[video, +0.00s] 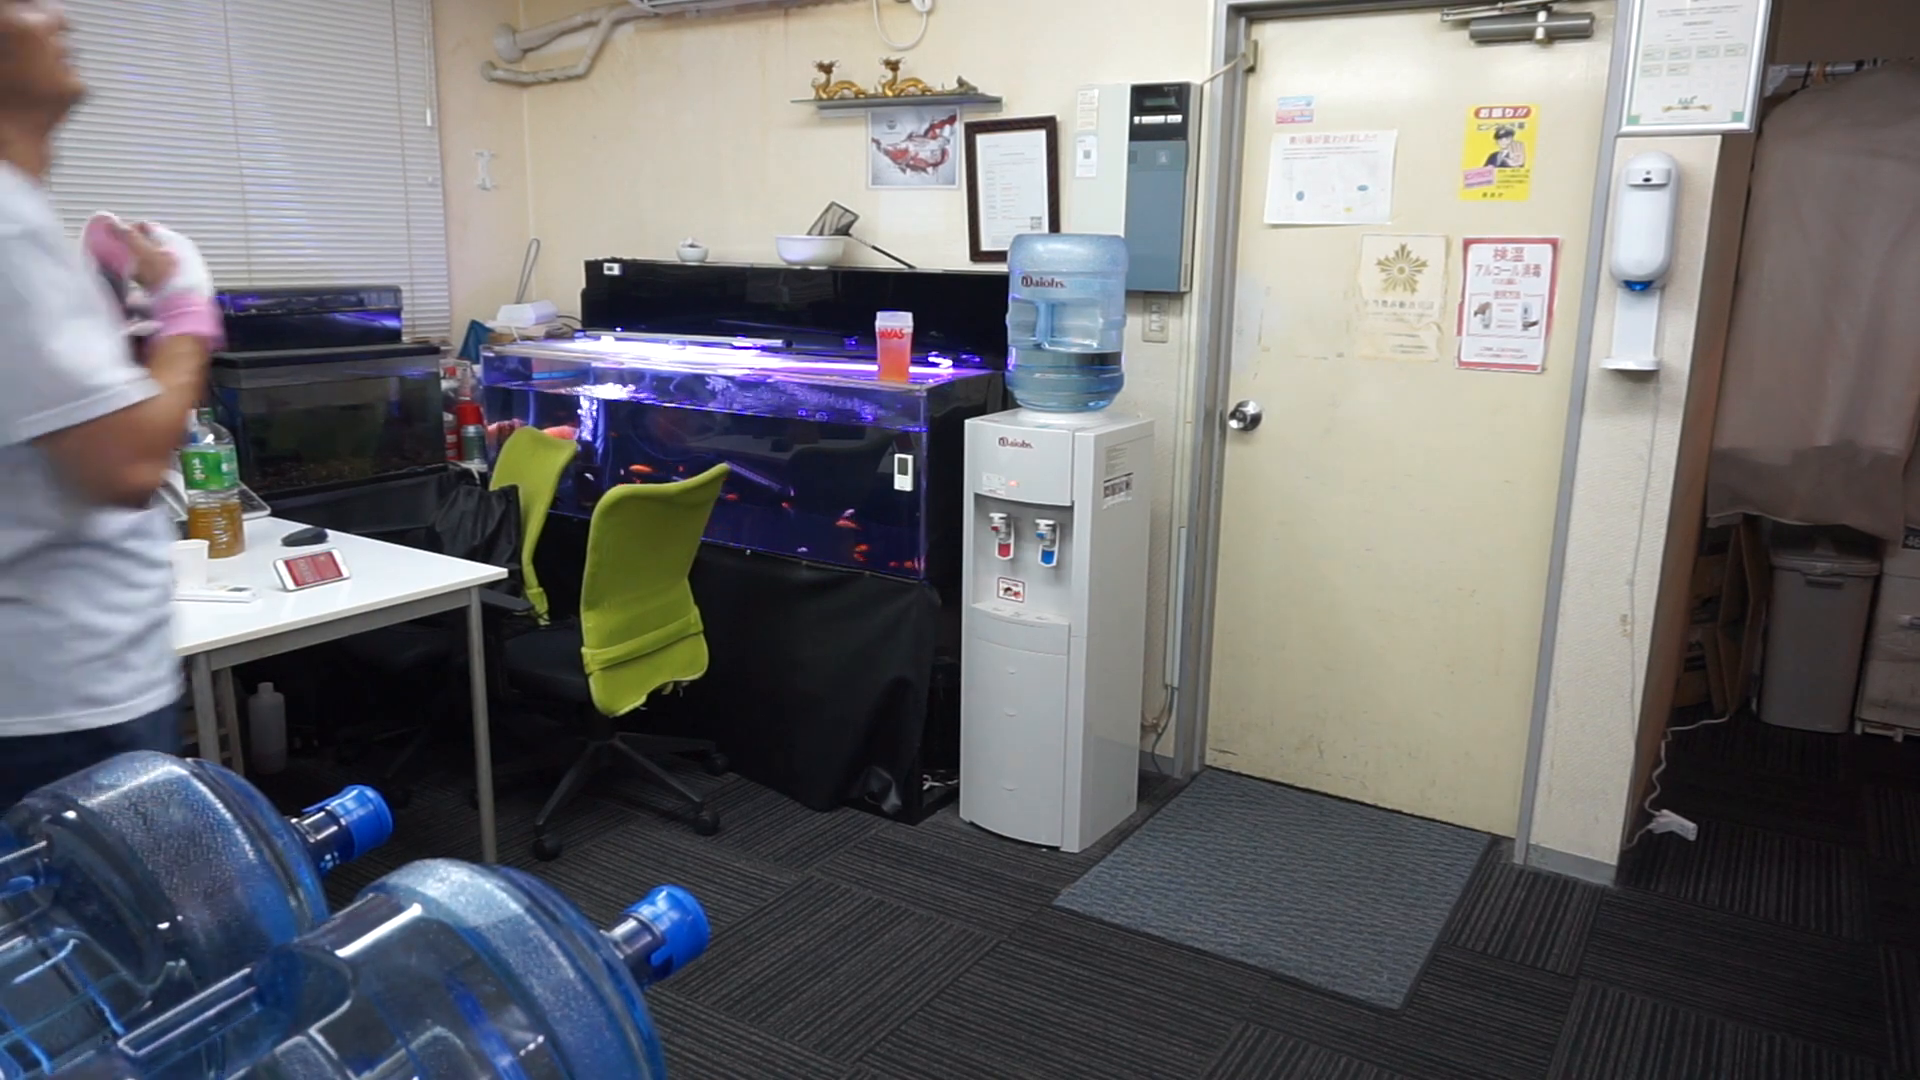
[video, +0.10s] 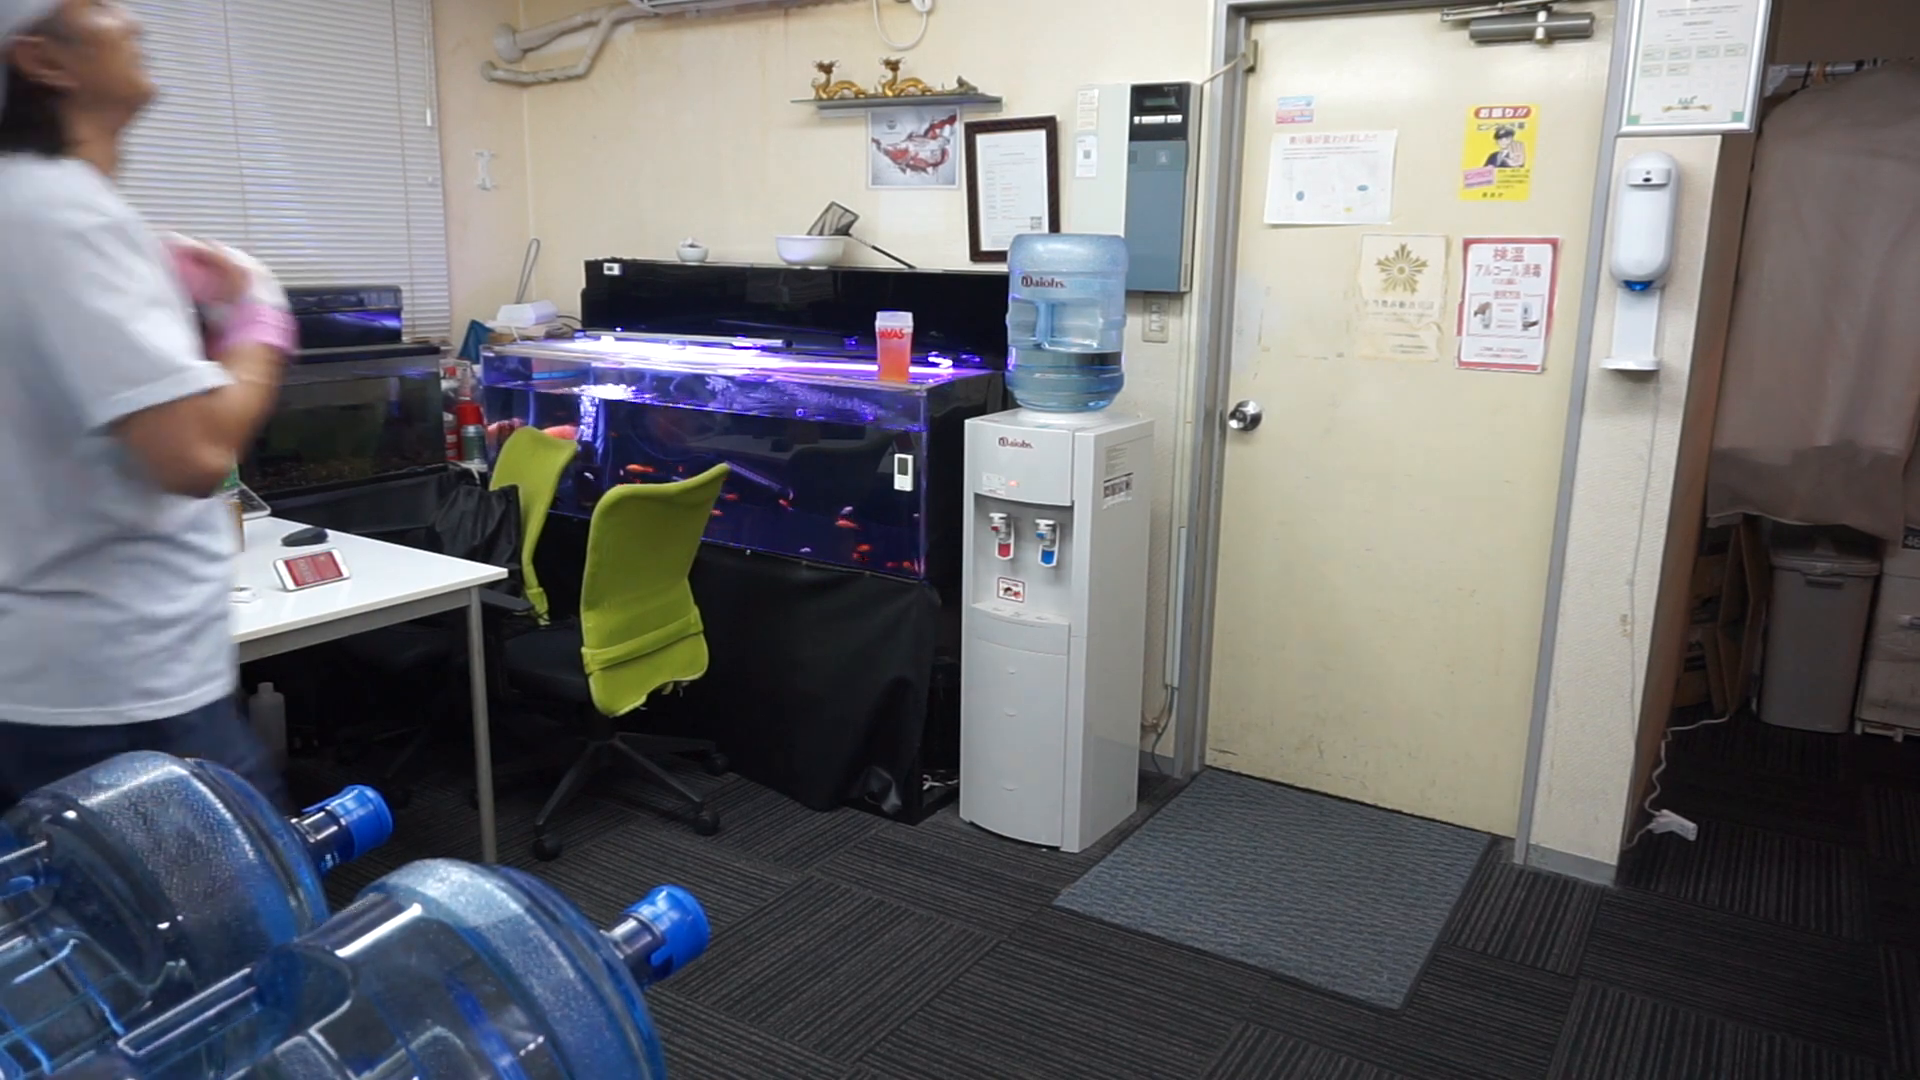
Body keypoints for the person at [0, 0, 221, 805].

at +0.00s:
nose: (61, 16)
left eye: (45, 6)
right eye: (30, 8)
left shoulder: (27, 217)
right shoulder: (17, 226)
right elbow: (124, 462)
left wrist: (120, 308)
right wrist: (188, 315)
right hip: (71, 699)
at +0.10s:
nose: (132, 19)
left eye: (112, 5)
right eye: (98, 8)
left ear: (43, 59)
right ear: (40, 59)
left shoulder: (39, 197)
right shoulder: (58, 209)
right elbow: (193, 452)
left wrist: (159, 287)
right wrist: (259, 326)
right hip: (122, 700)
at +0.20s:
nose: (208, 35)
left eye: (189, 18)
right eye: (179, 22)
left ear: (123, 72)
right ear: (122, 70)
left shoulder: (56, 203)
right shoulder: (136, 222)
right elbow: (246, 453)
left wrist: (244, 329)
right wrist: (352, 370)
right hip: (192, 689)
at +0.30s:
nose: (272, 57)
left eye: (257, 37)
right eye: (249, 44)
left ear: (199, 93)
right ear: (198, 90)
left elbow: (64, 409)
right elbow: (306, 454)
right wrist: (418, 402)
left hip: (161, 672)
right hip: (257, 690)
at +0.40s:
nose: (339, 72)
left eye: (321, 52)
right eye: (312, 61)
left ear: (265, 111)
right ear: (268, 109)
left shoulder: (197, 235)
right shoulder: (275, 245)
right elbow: (367, 452)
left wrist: (365, 351)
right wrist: (450, 391)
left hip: (263, 668)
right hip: (332, 681)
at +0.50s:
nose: (398, 76)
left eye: (382, 58)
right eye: (373, 67)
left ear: (328, 113)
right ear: (329, 111)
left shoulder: (272, 237)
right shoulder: (339, 248)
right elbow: (423, 450)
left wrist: (443, 348)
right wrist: (496, 374)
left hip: (334, 649)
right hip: (402, 662)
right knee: (450, 896)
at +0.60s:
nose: (457, 70)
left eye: (439, 52)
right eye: (430, 59)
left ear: (387, 108)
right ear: (385, 104)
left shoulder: (341, 227)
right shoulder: (389, 237)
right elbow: (467, 437)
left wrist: (507, 349)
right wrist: (550, 369)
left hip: (395, 609)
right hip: (454, 615)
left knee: (470, 826)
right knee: (553, 834)